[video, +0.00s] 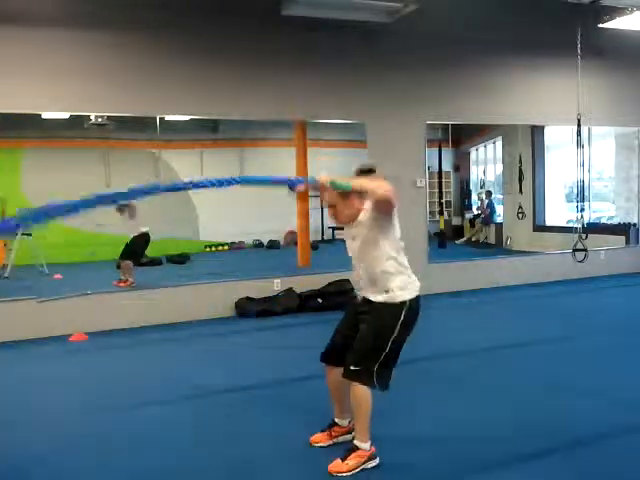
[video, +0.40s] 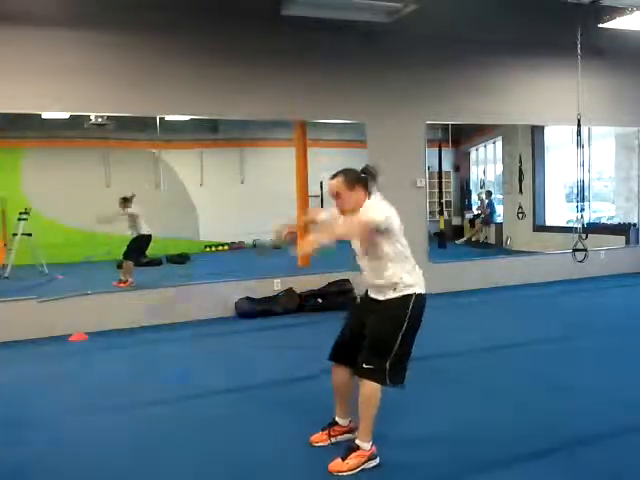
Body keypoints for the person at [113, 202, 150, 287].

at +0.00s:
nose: (120, 215)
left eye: (121, 212)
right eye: (119, 213)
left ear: (125, 210)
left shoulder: (131, 214)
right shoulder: (126, 216)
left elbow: (132, 205)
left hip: (141, 235)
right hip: (136, 236)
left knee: (126, 259)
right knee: (122, 259)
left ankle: (129, 279)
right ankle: (124, 278)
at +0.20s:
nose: (112, 227)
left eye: (113, 224)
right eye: (112, 225)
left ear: (118, 224)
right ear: (119, 223)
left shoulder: (125, 230)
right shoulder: (126, 228)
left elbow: (125, 243)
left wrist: (121, 254)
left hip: (145, 239)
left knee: (128, 259)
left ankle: (127, 280)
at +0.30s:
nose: (114, 216)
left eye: (115, 214)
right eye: (114, 214)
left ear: (121, 213)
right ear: (121, 214)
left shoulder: (128, 221)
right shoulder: (124, 223)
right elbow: (121, 239)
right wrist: (114, 249)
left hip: (143, 237)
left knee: (128, 259)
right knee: (130, 260)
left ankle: (127, 280)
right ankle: (126, 279)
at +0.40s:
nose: (120, 206)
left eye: (121, 204)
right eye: (120, 204)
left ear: (125, 204)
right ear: (128, 203)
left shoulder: (132, 211)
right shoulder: (132, 211)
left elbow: (119, 215)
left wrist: (106, 219)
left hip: (142, 235)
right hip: (143, 235)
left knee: (127, 257)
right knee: (129, 257)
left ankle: (126, 279)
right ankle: (126, 278)